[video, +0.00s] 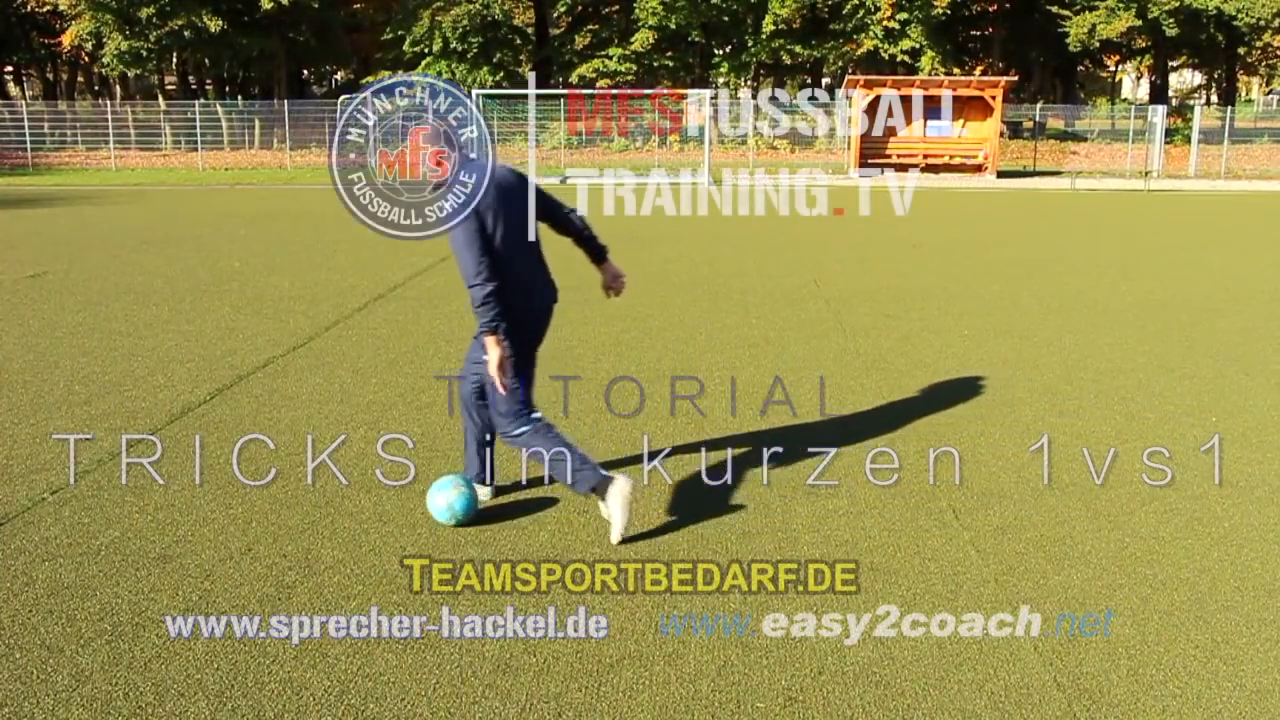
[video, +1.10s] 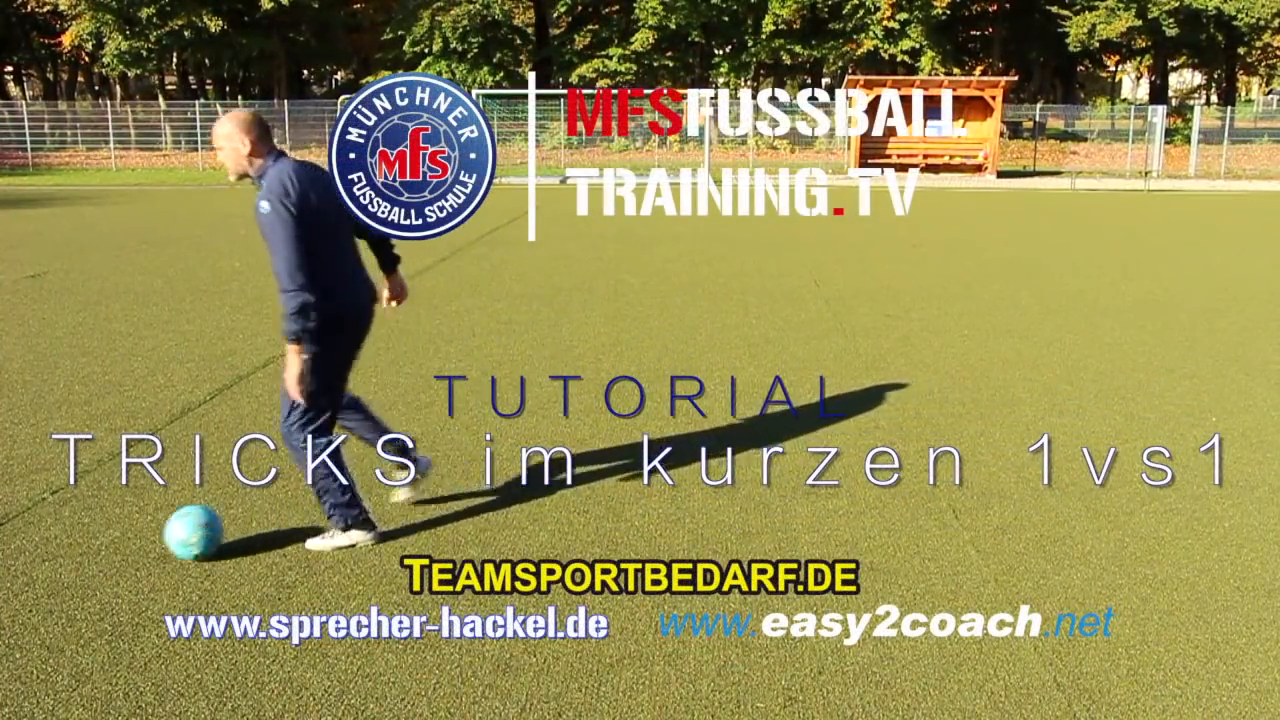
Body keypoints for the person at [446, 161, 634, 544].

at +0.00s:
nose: (426, 167)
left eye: (428, 158)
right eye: (424, 157)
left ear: (443, 157)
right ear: (461, 149)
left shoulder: (458, 199)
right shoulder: (504, 176)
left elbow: (478, 273)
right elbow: (562, 216)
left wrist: (492, 338)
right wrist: (604, 262)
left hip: (510, 311)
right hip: (537, 301)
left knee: (514, 420)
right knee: (473, 384)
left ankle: (606, 486)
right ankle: (478, 482)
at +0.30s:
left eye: (391, 182)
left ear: (405, 187)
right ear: (438, 169)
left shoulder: (427, 221)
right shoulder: (471, 193)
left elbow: (451, 283)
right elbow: (528, 223)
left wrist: (465, 343)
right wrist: (555, 269)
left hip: (486, 312)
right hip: (515, 300)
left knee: (445, 409)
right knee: (468, 396)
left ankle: (530, 468)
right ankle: (477, 479)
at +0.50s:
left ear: (388, 194)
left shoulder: (406, 224)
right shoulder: (445, 199)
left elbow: (437, 282)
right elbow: (500, 225)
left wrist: (454, 345)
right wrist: (519, 274)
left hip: (470, 310)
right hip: (495, 299)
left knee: (403, 394)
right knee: (454, 390)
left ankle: (468, 475)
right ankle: (473, 476)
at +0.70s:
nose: (323, 193)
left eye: (324, 183)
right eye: (321, 184)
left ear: (344, 179)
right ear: (357, 174)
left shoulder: (380, 216)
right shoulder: (414, 190)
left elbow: (419, 282)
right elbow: (466, 226)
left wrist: (438, 344)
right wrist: (482, 275)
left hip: (439, 316)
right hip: (472, 303)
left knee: (371, 390)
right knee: (429, 391)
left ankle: (409, 485)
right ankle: (473, 480)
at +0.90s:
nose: (280, 181)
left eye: (282, 172)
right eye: (278, 173)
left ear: (307, 167)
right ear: (313, 165)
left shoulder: (340, 206)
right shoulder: (363, 181)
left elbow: (380, 280)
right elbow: (421, 216)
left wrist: (397, 346)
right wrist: (437, 272)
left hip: (399, 315)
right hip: (429, 302)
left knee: (334, 397)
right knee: (414, 386)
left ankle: (365, 506)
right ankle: (470, 477)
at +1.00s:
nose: (250, 175)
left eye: (251, 165)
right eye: (248, 166)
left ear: (274, 159)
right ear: (284, 155)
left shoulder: (305, 199)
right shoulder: (334, 175)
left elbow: (338, 281)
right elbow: (388, 212)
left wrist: (350, 348)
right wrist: (410, 269)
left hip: (361, 319)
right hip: (392, 307)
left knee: (316, 416)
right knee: (386, 390)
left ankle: (354, 522)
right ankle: (464, 471)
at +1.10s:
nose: (218, 160)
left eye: (221, 149)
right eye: (216, 150)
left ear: (246, 146)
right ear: (260, 142)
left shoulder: (272, 196)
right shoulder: (315, 174)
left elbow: (293, 280)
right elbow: (365, 214)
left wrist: (295, 348)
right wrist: (390, 269)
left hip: (325, 315)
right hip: (356, 304)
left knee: (299, 423)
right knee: (328, 396)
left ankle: (350, 522)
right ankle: (409, 461)